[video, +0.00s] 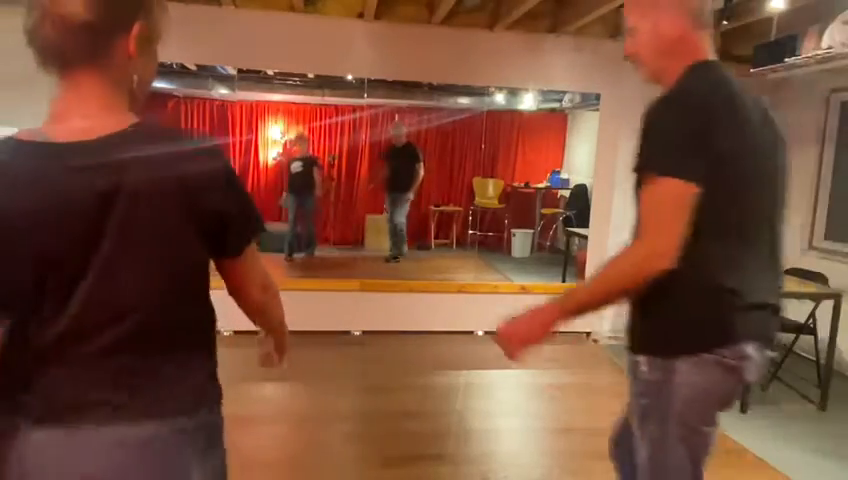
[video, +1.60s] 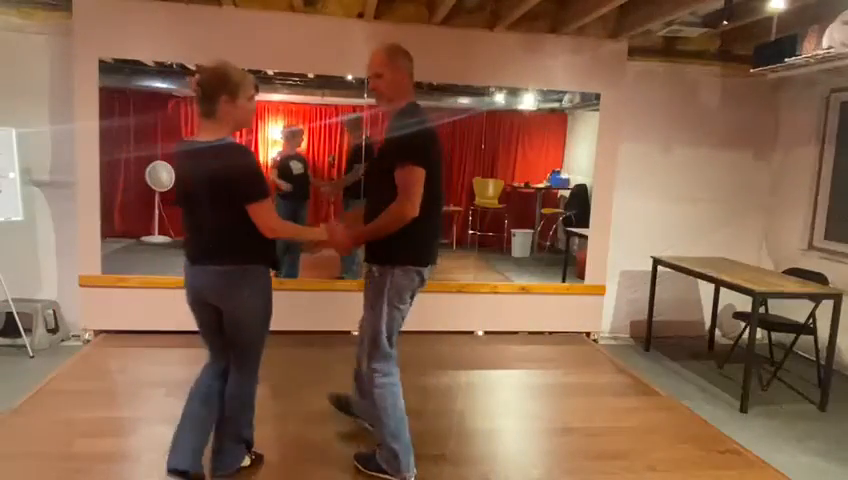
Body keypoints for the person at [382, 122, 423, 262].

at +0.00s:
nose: (397, 137)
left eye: (400, 133)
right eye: (395, 133)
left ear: (405, 133)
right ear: (392, 134)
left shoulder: (412, 149)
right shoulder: (390, 150)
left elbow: (420, 171)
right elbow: (386, 170)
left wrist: (412, 191)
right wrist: (380, 183)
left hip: (405, 190)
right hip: (392, 189)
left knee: (398, 219)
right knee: (392, 220)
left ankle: (400, 249)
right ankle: (394, 250)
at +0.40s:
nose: (390, 133)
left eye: (393, 130)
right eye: (388, 130)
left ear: (397, 133)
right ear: (384, 132)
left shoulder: (402, 149)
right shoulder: (380, 150)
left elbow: (411, 173)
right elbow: (373, 169)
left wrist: (412, 195)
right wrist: (364, 178)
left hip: (395, 192)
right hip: (380, 191)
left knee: (385, 223)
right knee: (378, 222)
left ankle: (380, 257)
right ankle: (388, 252)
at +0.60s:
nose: (384, 133)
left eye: (387, 129)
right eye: (383, 129)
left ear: (392, 131)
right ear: (380, 130)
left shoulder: (398, 148)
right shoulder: (376, 148)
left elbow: (406, 172)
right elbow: (369, 170)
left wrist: (402, 192)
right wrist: (354, 178)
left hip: (391, 193)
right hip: (375, 192)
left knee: (383, 226)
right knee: (368, 223)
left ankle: (383, 251)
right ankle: (371, 249)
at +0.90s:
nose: (374, 134)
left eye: (377, 130)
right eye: (372, 130)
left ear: (383, 131)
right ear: (369, 132)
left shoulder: (390, 150)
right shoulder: (365, 150)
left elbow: (395, 175)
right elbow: (358, 171)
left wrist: (382, 191)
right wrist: (342, 181)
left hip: (384, 195)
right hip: (368, 194)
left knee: (382, 230)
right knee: (362, 228)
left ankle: (379, 260)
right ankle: (352, 260)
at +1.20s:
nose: (358, 132)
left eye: (361, 127)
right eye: (356, 128)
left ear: (368, 127)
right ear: (354, 130)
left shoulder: (379, 147)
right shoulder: (355, 150)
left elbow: (381, 173)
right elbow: (352, 175)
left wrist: (360, 188)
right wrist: (336, 184)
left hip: (375, 196)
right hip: (358, 195)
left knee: (375, 231)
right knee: (357, 231)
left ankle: (376, 262)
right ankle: (355, 266)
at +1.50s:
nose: (349, 132)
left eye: (351, 128)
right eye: (350, 128)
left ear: (355, 128)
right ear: (360, 127)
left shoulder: (366, 147)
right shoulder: (355, 148)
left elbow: (363, 173)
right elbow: (353, 174)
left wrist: (341, 186)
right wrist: (338, 186)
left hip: (362, 196)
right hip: (352, 196)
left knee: (356, 232)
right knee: (354, 232)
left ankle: (355, 269)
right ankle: (354, 268)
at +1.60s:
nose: (347, 132)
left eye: (349, 128)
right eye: (348, 128)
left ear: (353, 128)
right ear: (358, 126)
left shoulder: (362, 148)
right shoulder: (354, 148)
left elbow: (357, 172)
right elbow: (351, 173)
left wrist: (337, 185)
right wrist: (336, 185)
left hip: (358, 195)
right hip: (352, 195)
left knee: (351, 231)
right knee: (351, 231)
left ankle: (350, 269)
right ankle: (350, 268)